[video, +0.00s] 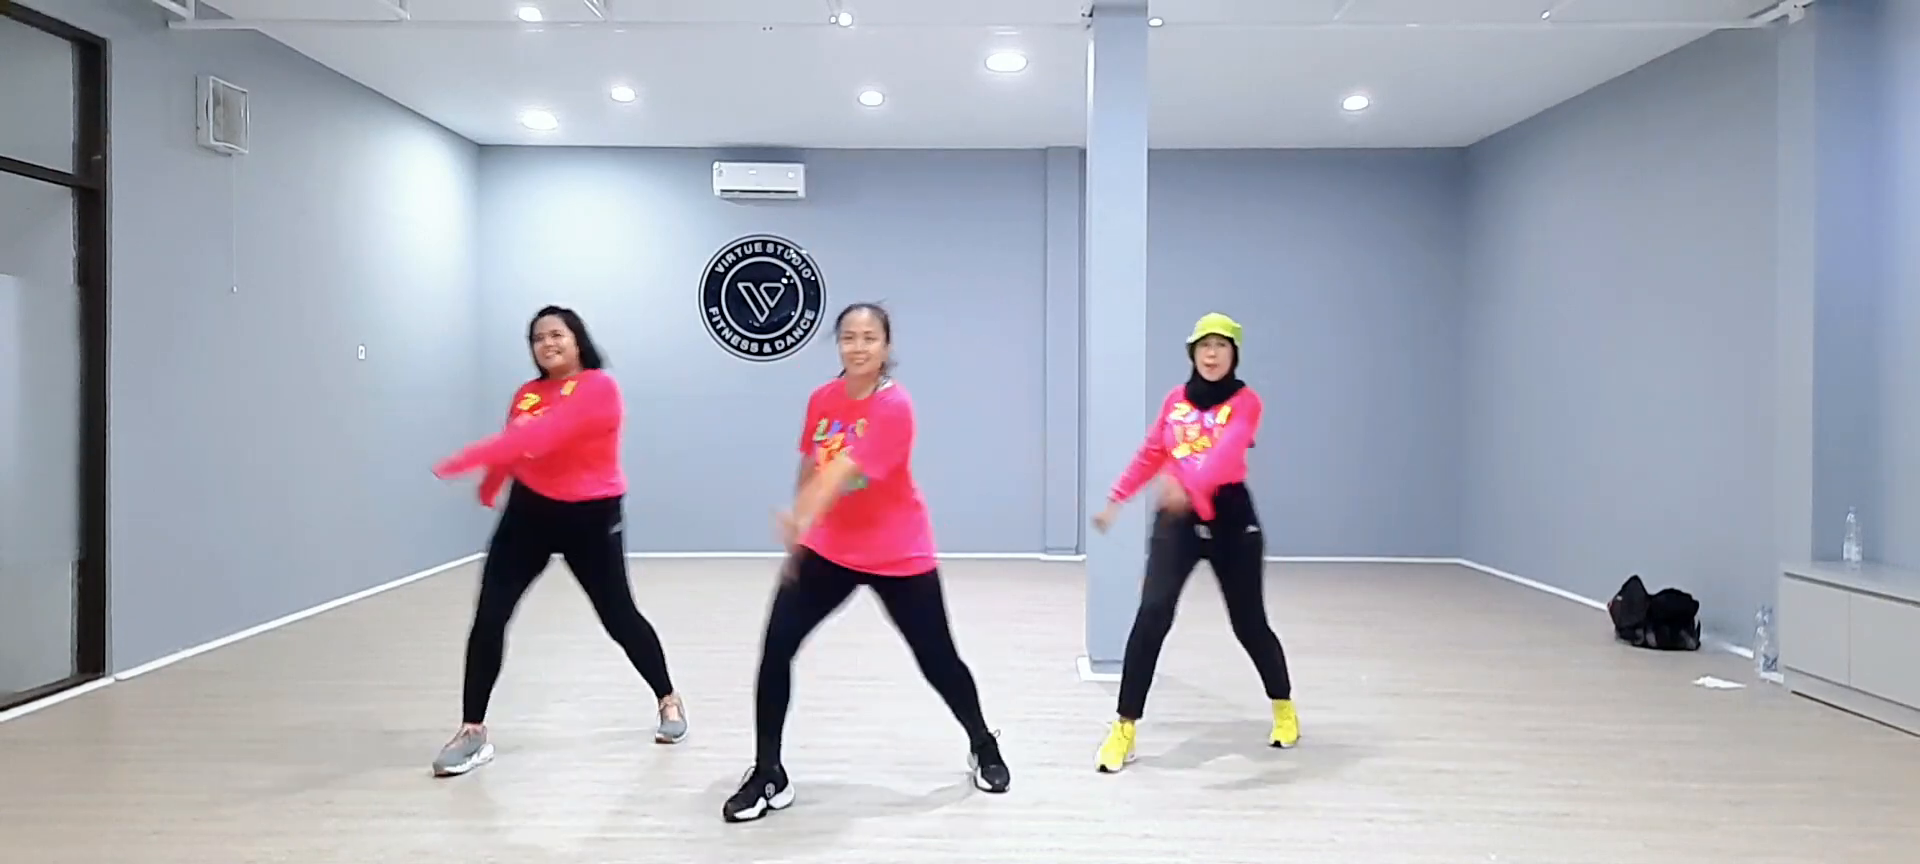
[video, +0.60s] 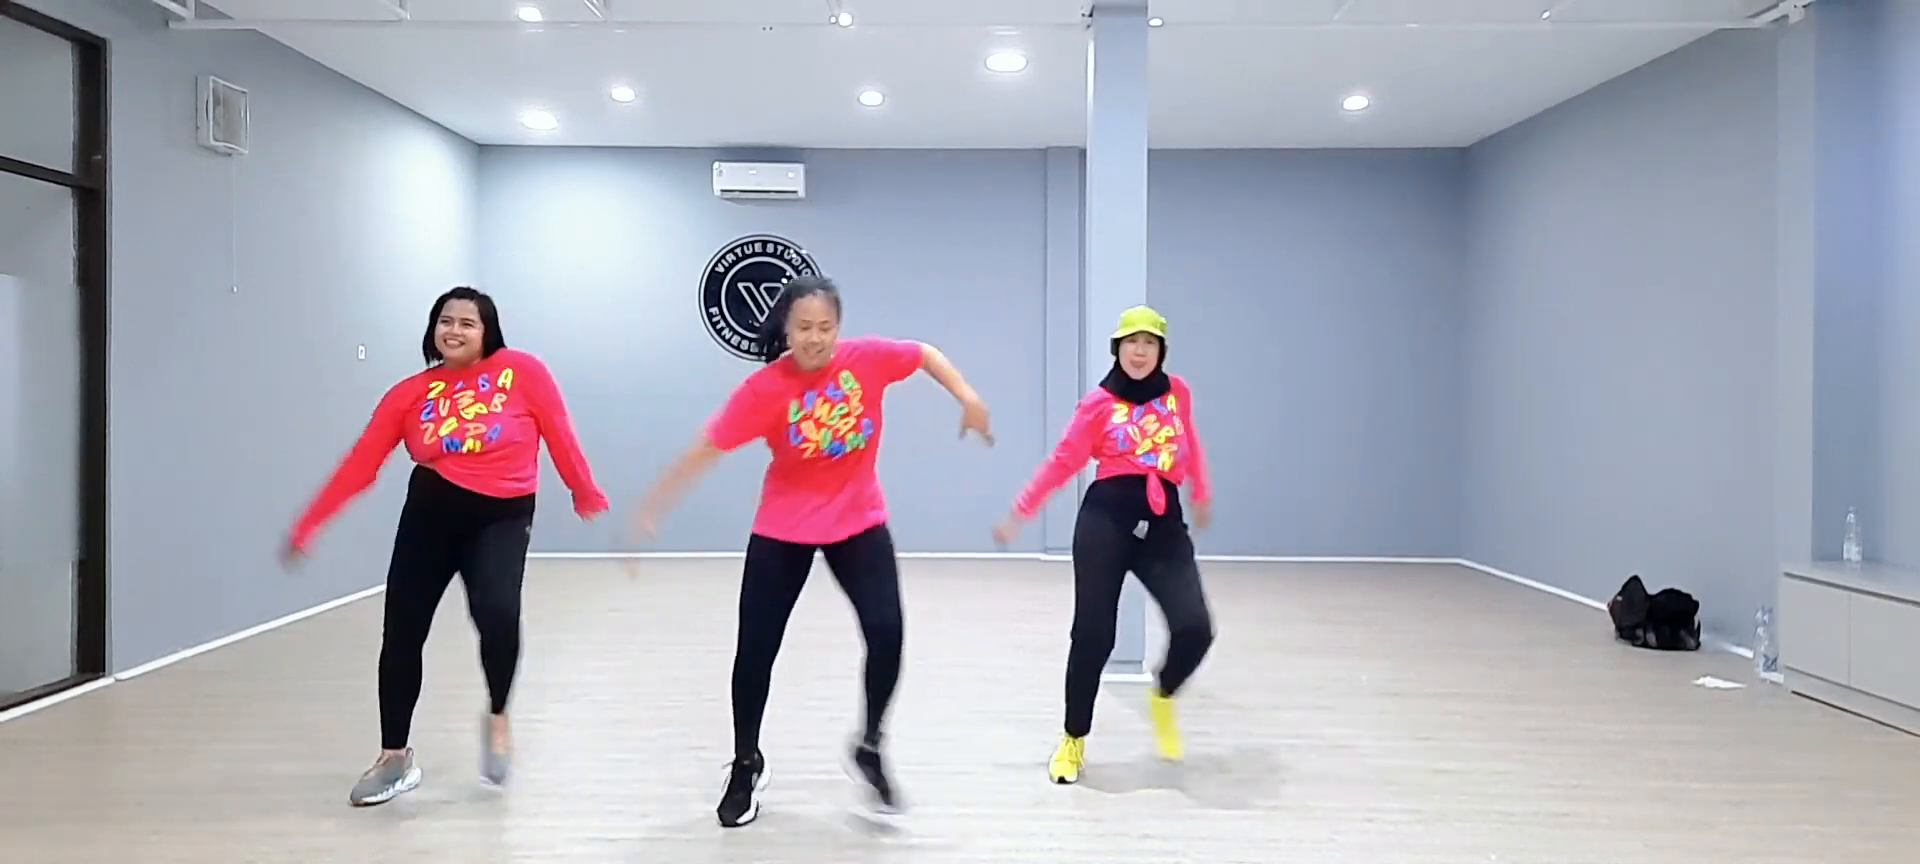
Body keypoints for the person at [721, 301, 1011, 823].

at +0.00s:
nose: (858, 346)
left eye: (869, 338)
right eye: (849, 338)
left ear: (887, 347)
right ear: (838, 346)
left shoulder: (894, 407)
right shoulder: (823, 399)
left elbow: (843, 473)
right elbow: (809, 469)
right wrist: (801, 520)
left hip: (900, 556)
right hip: (831, 551)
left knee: (939, 663)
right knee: (776, 648)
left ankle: (983, 745)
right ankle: (768, 773)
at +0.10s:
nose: (842, 322)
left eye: (853, 314)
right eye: (834, 314)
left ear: (871, 324)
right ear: (822, 321)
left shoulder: (880, 383)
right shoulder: (801, 375)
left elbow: (834, 428)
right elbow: (787, 443)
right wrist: (764, 506)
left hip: (876, 527)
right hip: (806, 525)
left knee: (926, 637)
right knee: (765, 641)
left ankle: (965, 729)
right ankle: (764, 766)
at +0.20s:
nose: (829, 294)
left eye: (840, 285)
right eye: (820, 285)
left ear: (858, 292)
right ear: (807, 291)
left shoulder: (874, 343)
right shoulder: (785, 342)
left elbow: (851, 383)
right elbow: (755, 405)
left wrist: (766, 377)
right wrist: (731, 465)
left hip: (865, 492)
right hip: (795, 495)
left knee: (913, 598)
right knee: (770, 620)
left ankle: (901, 706)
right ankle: (747, 747)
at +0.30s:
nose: (812, 291)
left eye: (822, 282)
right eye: (803, 282)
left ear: (841, 289)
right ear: (789, 290)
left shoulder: (858, 329)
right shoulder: (774, 336)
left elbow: (881, 356)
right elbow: (723, 377)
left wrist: (806, 354)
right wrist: (688, 428)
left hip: (857, 490)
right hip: (786, 493)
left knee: (891, 602)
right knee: (768, 617)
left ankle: (841, 689)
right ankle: (744, 744)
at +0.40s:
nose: (794, 321)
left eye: (805, 310)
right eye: (785, 310)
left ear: (823, 314)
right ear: (770, 314)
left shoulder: (852, 353)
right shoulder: (758, 360)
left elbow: (920, 339)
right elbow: (692, 371)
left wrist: (865, 364)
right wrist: (640, 410)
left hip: (846, 524)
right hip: (776, 525)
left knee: (859, 647)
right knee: (759, 649)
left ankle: (809, 736)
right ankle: (749, 771)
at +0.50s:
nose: (796, 344)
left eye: (806, 333)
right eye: (785, 334)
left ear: (822, 337)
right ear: (768, 338)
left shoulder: (851, 368)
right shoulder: (747, 389)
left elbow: (922, 346)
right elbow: (677, 401)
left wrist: (922, 394)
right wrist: (612, 432)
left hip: (844, 533)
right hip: (774, 534)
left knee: (861, 661)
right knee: (752, 660)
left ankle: (823, 728)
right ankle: (749, 772)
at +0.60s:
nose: (814, 337)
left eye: (824, 326)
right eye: (803, 327)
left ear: (838, 328)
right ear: (786, 331)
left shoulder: (866, 359)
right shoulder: (765, 389)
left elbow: (926, 355)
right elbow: (706, 450)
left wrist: (971, 400)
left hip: (857, 521)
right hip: (784, 525)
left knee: (887, 631)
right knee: (755, 649)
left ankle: (870, 745)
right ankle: (746, 763)